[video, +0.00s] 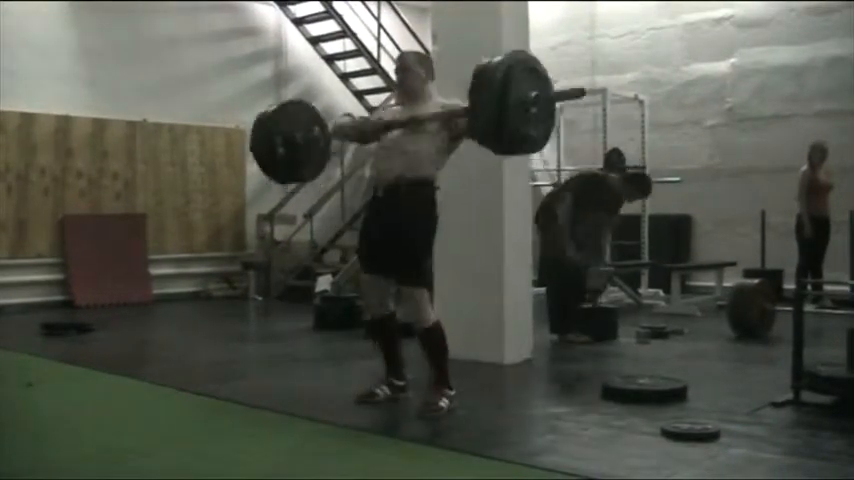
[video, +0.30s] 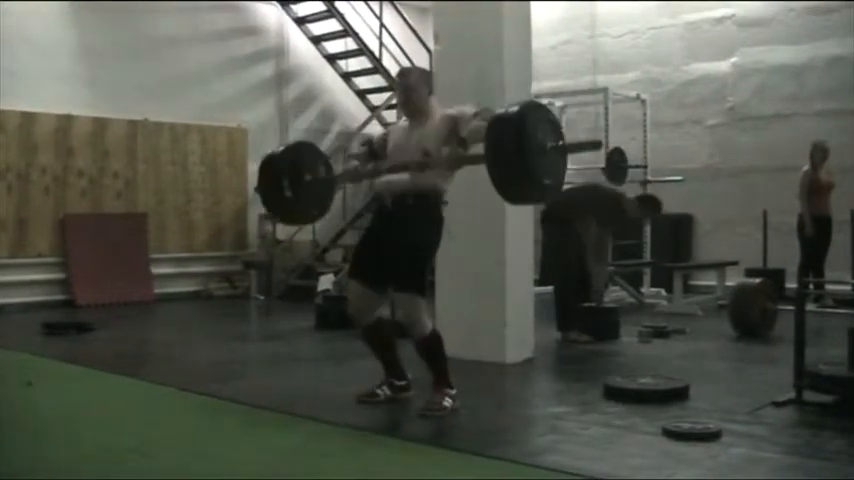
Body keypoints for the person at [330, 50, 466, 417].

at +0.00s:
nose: (399, 76)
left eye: (407, 70)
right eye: (397, 71)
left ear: (428, 75)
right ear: (396, 78)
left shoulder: (445, 113)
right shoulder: (386, 112)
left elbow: (481, 120)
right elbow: (340, 130)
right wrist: (377, 129)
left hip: (416, 201)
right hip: (380, 201)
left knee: (415, 299)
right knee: (374, 294)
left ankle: (442, 387)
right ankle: (395, 380)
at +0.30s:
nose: (402, 97)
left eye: (409, 89)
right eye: (398, 91)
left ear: (427, 90)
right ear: (396, 94)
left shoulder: (447, 121)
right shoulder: (391, 135)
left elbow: (489, 123)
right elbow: (362, 173)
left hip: (422, 212)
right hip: (387, 211)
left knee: (410, 309)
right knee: (361, 301)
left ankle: (444, 389)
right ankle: (395, 380)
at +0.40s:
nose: (399, 99)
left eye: (406, 92)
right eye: (396, 93)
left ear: (425, 92)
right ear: (393, 97)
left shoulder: (447, 124)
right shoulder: (389, 136)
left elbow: (490, 132)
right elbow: (354, 163)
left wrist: (460, 152)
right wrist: (357, 161)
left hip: (423, 217)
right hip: (387, 217)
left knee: (409, 313)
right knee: (359, 306)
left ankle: (443, 390)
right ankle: (394, 381)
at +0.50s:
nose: (398, 86)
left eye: (406, 80)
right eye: (397, 81)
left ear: (426, 84)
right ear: (397, 87)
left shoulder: (448, 118)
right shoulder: (387, 131)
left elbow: (489, 126)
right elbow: (350, 168)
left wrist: (457, 149)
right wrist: (365, 161)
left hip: (425, 210)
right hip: (387, 211)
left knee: (412, 307)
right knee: (361, 298)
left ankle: (443, 391)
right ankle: (393, 380)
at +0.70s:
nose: (409, 61)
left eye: (416, 55)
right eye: (405, 55)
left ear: (434, 61)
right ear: (401, 62)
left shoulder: (452, 94)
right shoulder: (394, 103)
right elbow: (371, 133)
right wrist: (360, 119)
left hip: (428, 188)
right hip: (390, 189)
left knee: (430, 286)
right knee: (373, 281)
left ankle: (453, 386)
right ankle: (384, 371)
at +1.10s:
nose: (411, 77)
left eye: (420, 73)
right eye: (409, 72)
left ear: (438, 86)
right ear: (403, 83)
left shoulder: (445, 128)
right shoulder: (386, 136)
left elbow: (450, 176)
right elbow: (360, 185)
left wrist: (447, 131)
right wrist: (350, 148)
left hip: (425, 218)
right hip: (388, 221)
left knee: (417, 311)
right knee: (363, 308)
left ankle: (453, 393)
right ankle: (394, 383)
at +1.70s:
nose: (403, 62)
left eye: (412, 57)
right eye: (400, 57)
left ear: (432, 67)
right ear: (396, 67)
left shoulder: (441, 106)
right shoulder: (386, 103)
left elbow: (462, 52)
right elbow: (360, 53)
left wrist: (466, 5)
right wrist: (360, 10)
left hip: (416, 201)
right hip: (377, 202)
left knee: (429, 299)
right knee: (380, 297)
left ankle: (454, 392)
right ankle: (394, 384)